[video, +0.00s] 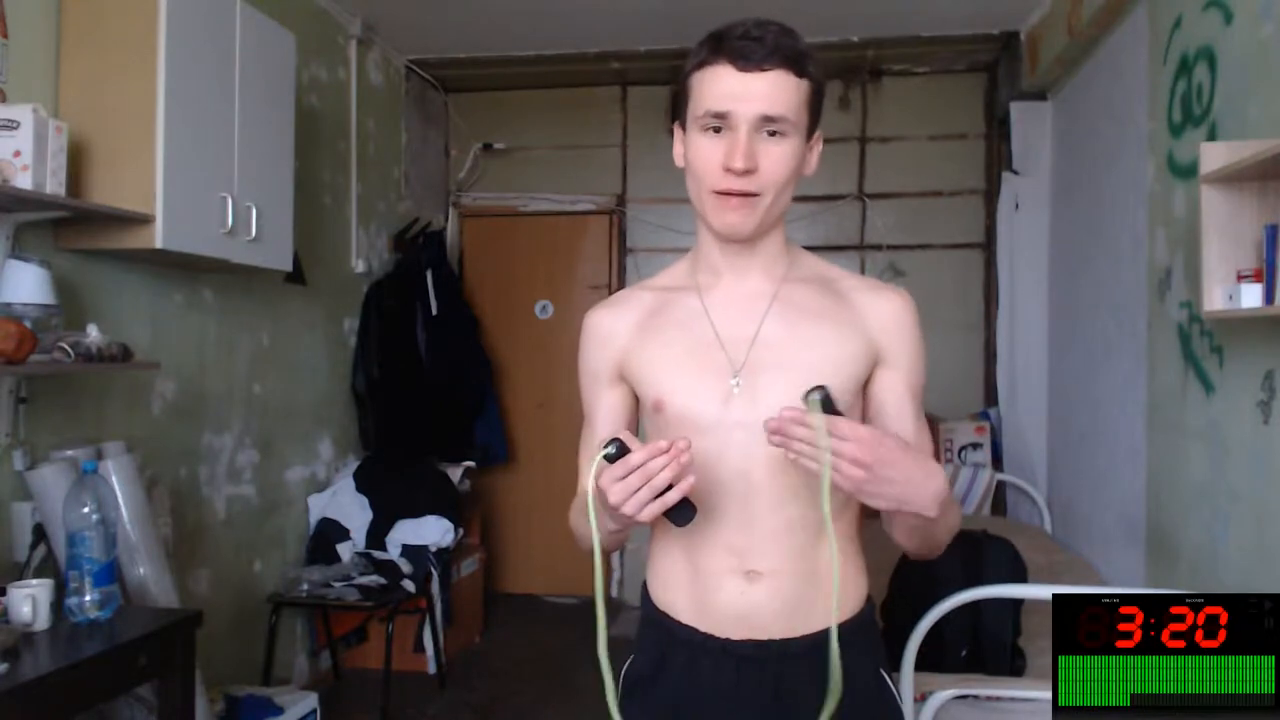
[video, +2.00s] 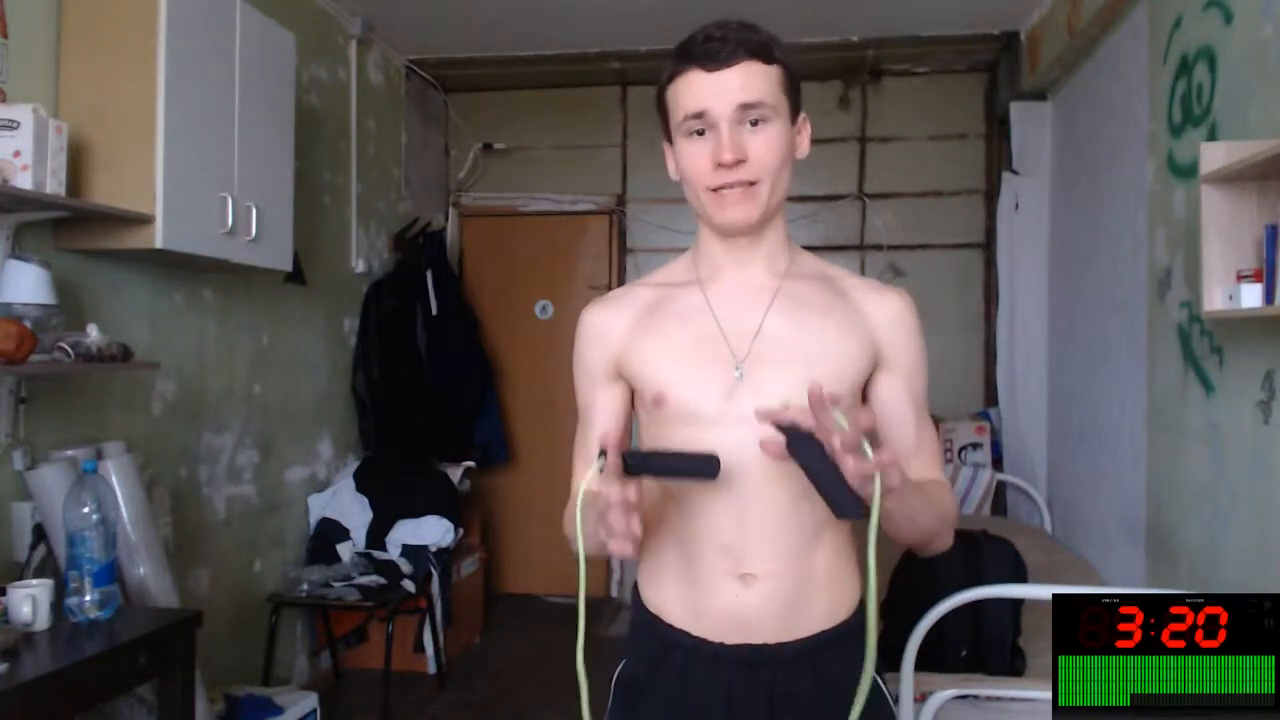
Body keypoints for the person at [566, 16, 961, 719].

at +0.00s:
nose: (739, 159)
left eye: (772, 132)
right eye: (716, 128)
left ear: (810, 155)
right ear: (679, 145)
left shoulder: (878, 314)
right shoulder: (618, 327)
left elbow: (924, 542)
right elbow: (590, 527)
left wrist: (932, 496)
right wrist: (611, 514)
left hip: (835, 671)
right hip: (678, 668)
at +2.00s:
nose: (728, 152)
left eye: (753, 121)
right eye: (699, 129)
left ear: (799, 139)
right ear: (670, 159)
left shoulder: (879, 314)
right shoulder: (613, 324)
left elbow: (935, 530)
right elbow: (581, 514)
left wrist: (876, 482)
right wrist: (605, 516)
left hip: (828, 674)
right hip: (672, 672)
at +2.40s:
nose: (716, 147)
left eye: (741, 117)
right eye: (686, 127)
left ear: (784, 140)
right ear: (657, 163)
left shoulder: (872, 310)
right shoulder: (609, 329)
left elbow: (934, 517)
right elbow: (586, 529)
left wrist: (842, 495)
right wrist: (589, 520)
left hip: (825, 676)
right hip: (668, 674)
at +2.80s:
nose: (702, 142)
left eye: (727, 114)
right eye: (673, 124)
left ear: (771, 140)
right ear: (647, 162)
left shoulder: (866, 307)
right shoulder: (605, 333)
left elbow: (931, 513)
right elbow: (580, 512)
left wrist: (819, 498)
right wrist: (609, 539)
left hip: (820, 678)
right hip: (664, 678)